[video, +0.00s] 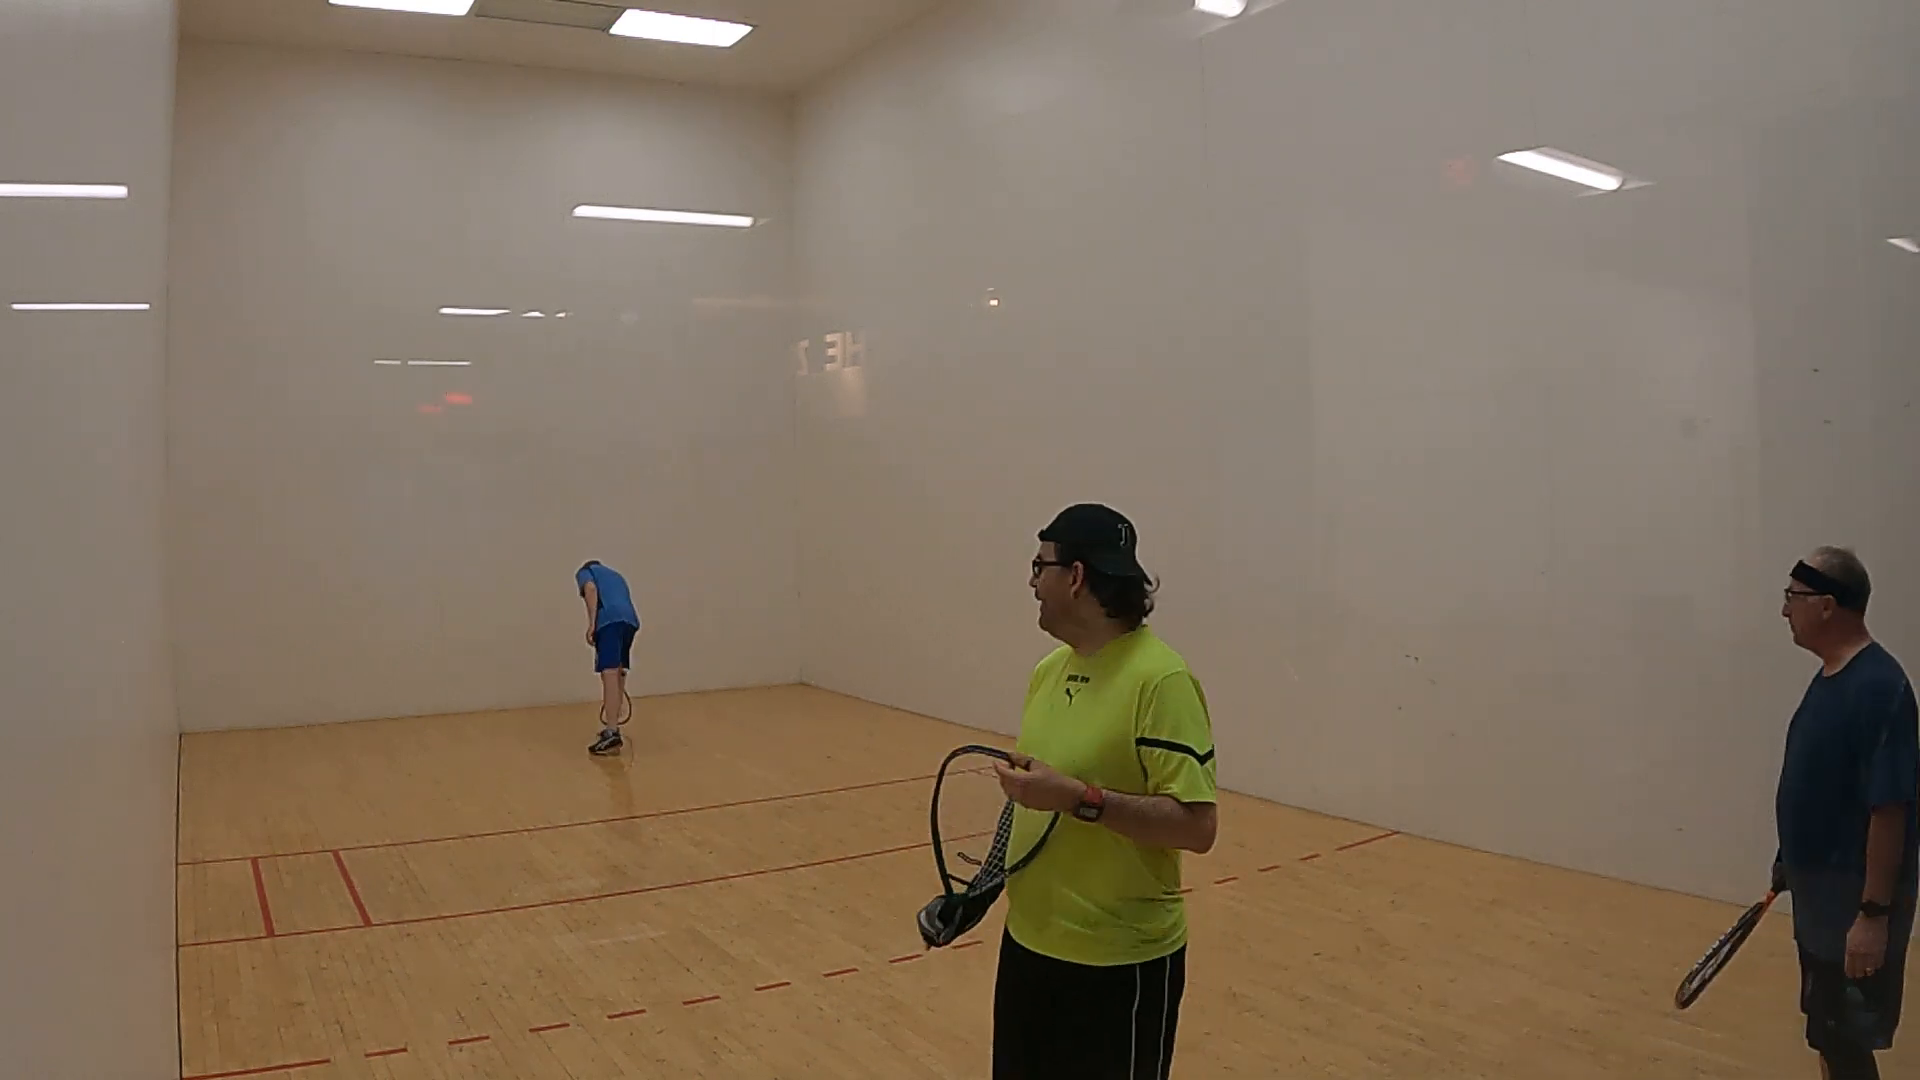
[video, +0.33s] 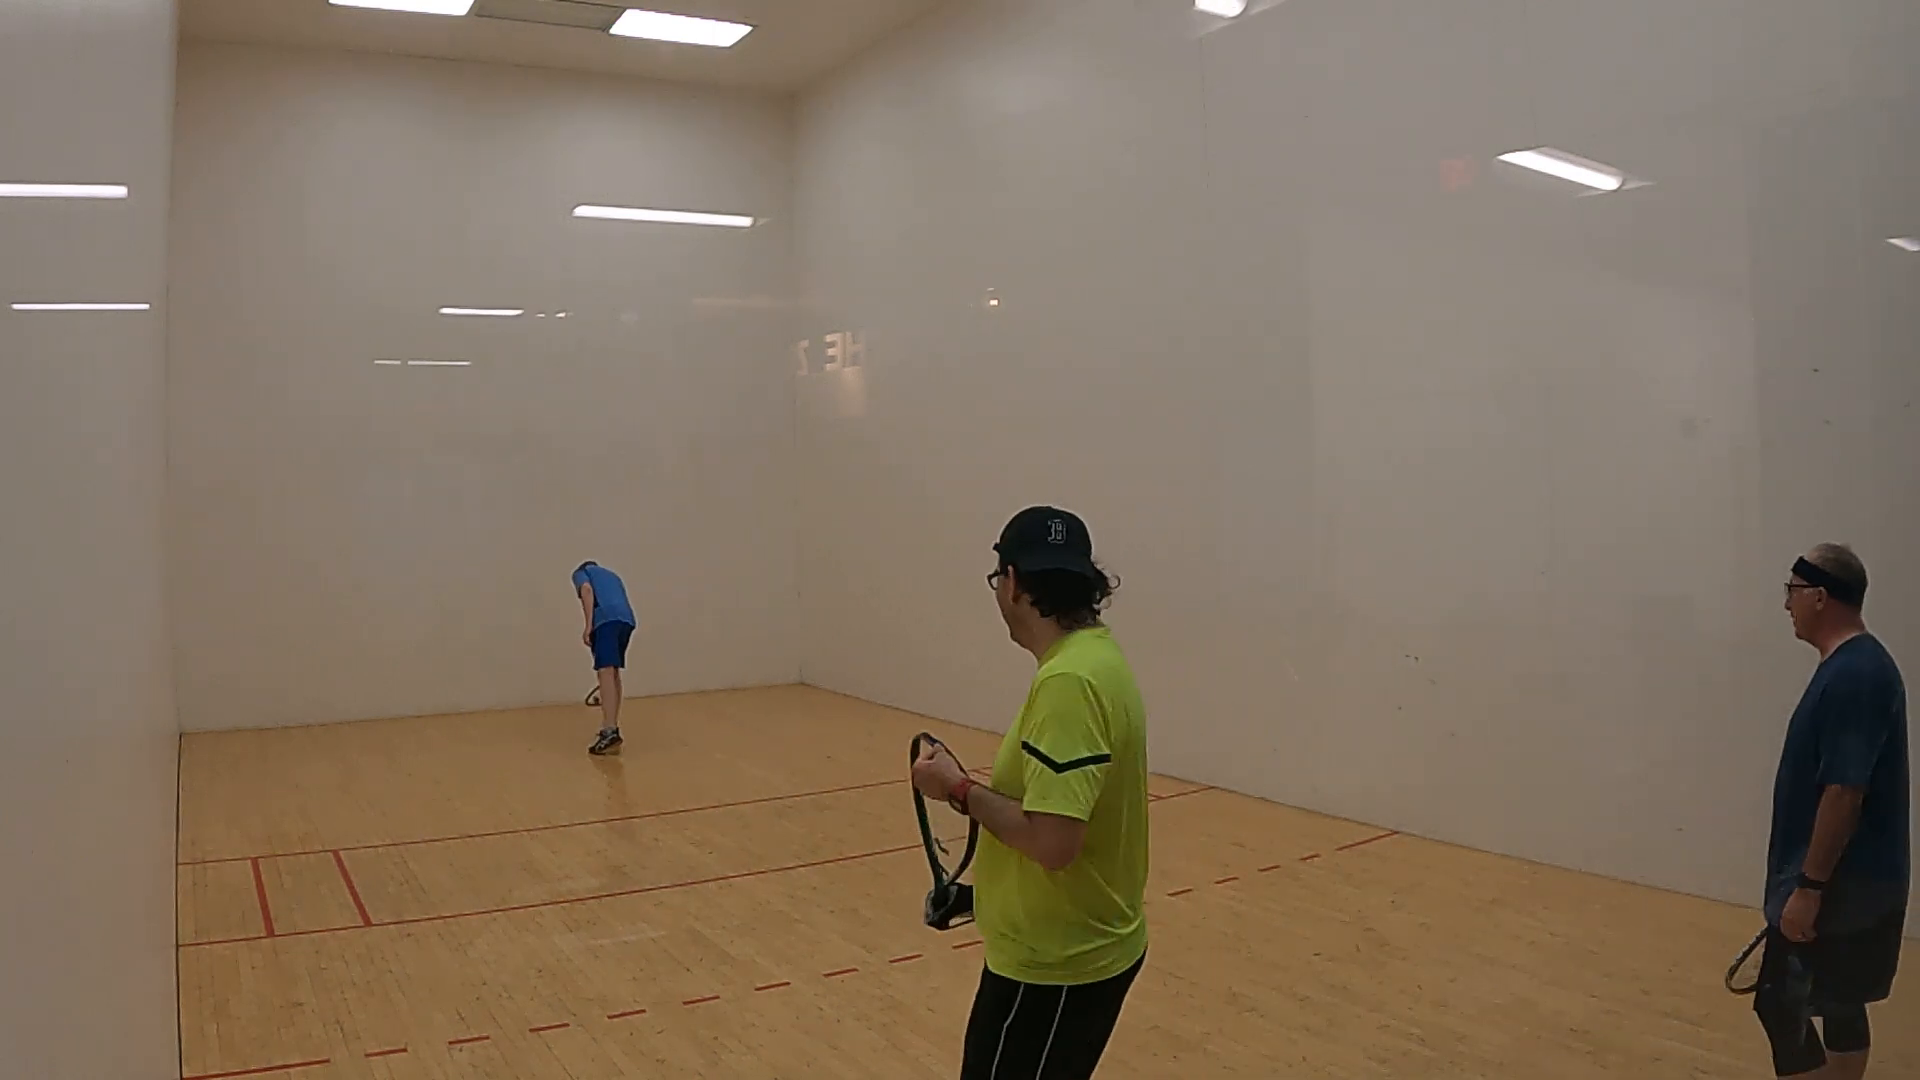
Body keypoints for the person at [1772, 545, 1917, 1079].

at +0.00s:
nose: (1784, 607)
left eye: (1793, 595)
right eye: (1787, 595)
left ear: (1828, 606)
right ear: (1827, 607)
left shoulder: (1879, 686)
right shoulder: (1833, 678)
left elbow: (1890, 810)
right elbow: (1828, 785)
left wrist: (1873, 913)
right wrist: (1792, 861)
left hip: (1855, 905)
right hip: (1821, 895)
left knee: (1844, 1046)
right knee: (1829, 1038)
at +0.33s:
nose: (1786, 602)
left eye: (1792, 590)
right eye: (1788, 590)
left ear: (1820, 597)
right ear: (1837, 599)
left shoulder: (1852, 673)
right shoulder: (1862, 665)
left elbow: (1843, 793)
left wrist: (1808, 889)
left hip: (1832, 890)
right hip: (1855, 887)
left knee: (1780, 1006)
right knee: (1841, 1003)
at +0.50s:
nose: (1780, 600)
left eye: (1786, 589)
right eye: (1782, 589)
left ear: (1812, 597)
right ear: (1835, 599)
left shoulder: (1833, 670)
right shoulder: (1869, 663)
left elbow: (1818, 787)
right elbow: (1858, 787)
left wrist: (1786, 881)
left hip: (1816, 881)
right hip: (1861, 881)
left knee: (1754, 988)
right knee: (1841, 997)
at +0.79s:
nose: (1744, 602)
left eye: (1748, 593)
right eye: (1746, 592)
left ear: (1769, 600)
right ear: (1804, 602)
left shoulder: (1772, 672)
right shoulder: (1847, 665)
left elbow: (1765, 785)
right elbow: (1862, 758)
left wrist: (1746, 871)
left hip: (1774, 875)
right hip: (1841, 877)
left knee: (1724, 970)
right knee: (1832, 993)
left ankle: (1699, 1072)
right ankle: (1839, 1079)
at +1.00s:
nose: (1707, 605)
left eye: (1709, 595)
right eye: (1707, 595)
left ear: (1724, 601)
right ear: (1764, 599)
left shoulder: (1722, 669)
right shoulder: (1809, 662)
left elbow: (1707, 778)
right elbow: (1833, 756)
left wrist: (1688, 859)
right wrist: (1821, 829)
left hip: (1733, 862)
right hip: (1802, 863)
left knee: (1695, 957)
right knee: (1802, 983)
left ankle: (1692, 1071)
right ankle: (1825, 1076)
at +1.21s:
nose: (1676, 593)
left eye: (1678, 584)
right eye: (1677, 583)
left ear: (1690, 590)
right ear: (1734, 589)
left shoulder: (1681, 659)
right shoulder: (1775, 654)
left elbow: (1650, 761)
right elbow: (1798, 748)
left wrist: (1622, 832)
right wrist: (1791, 817)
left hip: (1689, 846)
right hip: (1759, 842)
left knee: (1680, 955)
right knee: (1743, 942)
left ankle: (1689, 1069)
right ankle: (1777, 1045)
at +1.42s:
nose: (1646, 588)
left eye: (1648, 581)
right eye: (1648, 579)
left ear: (1659, 589)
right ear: (1704, 586)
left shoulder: (1652, 657)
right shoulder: (1746, 647)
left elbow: (1613, 751)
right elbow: (1771, 736)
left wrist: (1580, 812)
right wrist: (1761, 800)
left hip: (1668, 836)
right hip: (1729, 830)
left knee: (1673, 951)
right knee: (1703, 939)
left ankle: (1689, 1064)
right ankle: (1692, 1040)